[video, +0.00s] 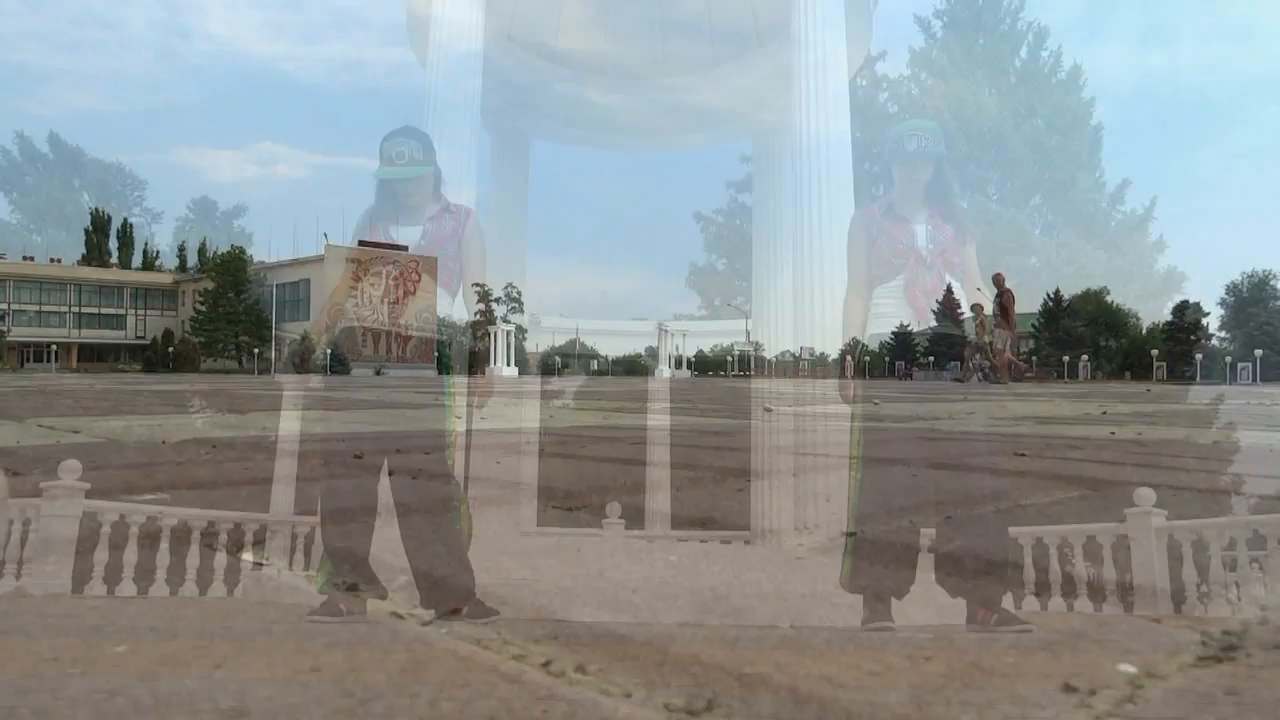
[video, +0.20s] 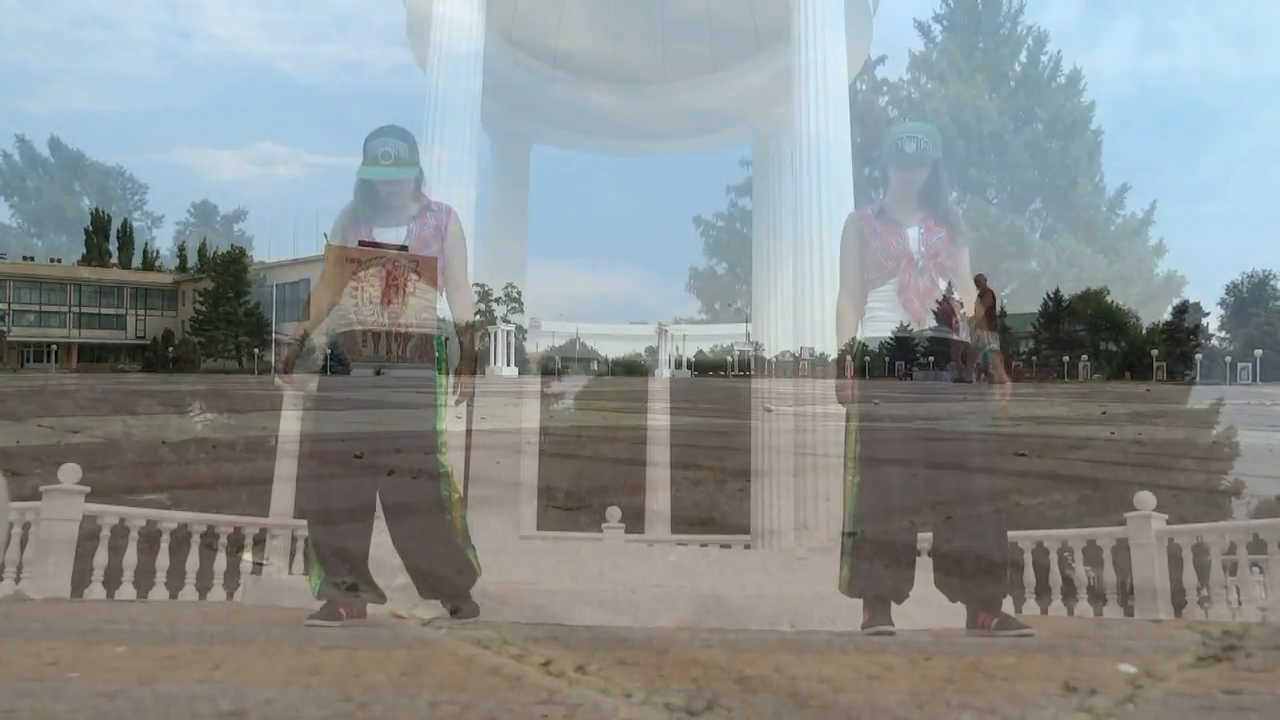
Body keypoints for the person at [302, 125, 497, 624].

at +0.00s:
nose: (403, 177)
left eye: (413, 166)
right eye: (394, 167)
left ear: (433, 167)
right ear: (382, 170)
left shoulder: (459, 223)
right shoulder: (367, 225)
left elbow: (478, 294)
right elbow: (341, 296)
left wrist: (480, 356)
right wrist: (320, 347)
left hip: (421, 368)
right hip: (353, 367)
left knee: (426, 475)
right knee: (347, 473)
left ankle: (449, 593)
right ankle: (349, 585)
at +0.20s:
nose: (388, 184)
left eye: (398, 173)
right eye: (378, 173)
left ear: (415, 170)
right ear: (365, 171)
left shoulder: (440, 220)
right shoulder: (349, 218)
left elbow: (457, 288)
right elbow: (329, 286)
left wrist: (467, 351)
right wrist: (299, 340)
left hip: (412, 361)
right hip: (348, 361)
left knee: (413, 472)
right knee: (336, 470)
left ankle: (453, 586)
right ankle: (343, 593)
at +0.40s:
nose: (388, 182)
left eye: (397, 172)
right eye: (378, 172)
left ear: (412, 171)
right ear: (363, 172)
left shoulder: (436, 219)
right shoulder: (347, 221)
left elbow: (455, 290)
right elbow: (329, 290)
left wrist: (466, 357)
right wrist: (302, 348)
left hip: (420, 359)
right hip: (355, 359)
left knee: (429, 475)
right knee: (347, 475)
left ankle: (465, 596)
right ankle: (345, 599)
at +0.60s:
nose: (398, 177)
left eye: (408, 167)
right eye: (389, 168)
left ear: (424, 169)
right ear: (375, 171)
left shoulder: (446, 220)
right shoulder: (361, 224)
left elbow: (467, 292)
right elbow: (342, 295)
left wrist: (480, 360)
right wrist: (317, 356)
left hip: (434, 360)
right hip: (369, 361)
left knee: (443, 482)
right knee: (355, 479)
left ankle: (469, 606)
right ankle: (347, 603)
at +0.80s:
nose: (419, 168)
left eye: (428, 159)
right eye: (409, 160)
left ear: (442, 165)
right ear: (394, 166)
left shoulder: (462, 220)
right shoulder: (375, 229)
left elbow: (486, 292)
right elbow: (360, 301)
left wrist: (498, 359)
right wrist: (335, 359)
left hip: (452, 358)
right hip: (388, 360)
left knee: (453, 482)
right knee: (372, 480)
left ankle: (469, 611)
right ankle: (350, 607)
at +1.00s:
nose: (432, 165)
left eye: (441, 157)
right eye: (423, 159)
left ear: (458, 165)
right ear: (410, 167)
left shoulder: (479, 222)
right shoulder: (394, 231)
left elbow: (502, 294)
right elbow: (379, 304)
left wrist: (513, 357)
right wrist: (360, 362)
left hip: (468, 354)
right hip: (406, 357)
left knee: (465, 480)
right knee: (379, 476)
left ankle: (471, 615)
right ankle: (353, 609)